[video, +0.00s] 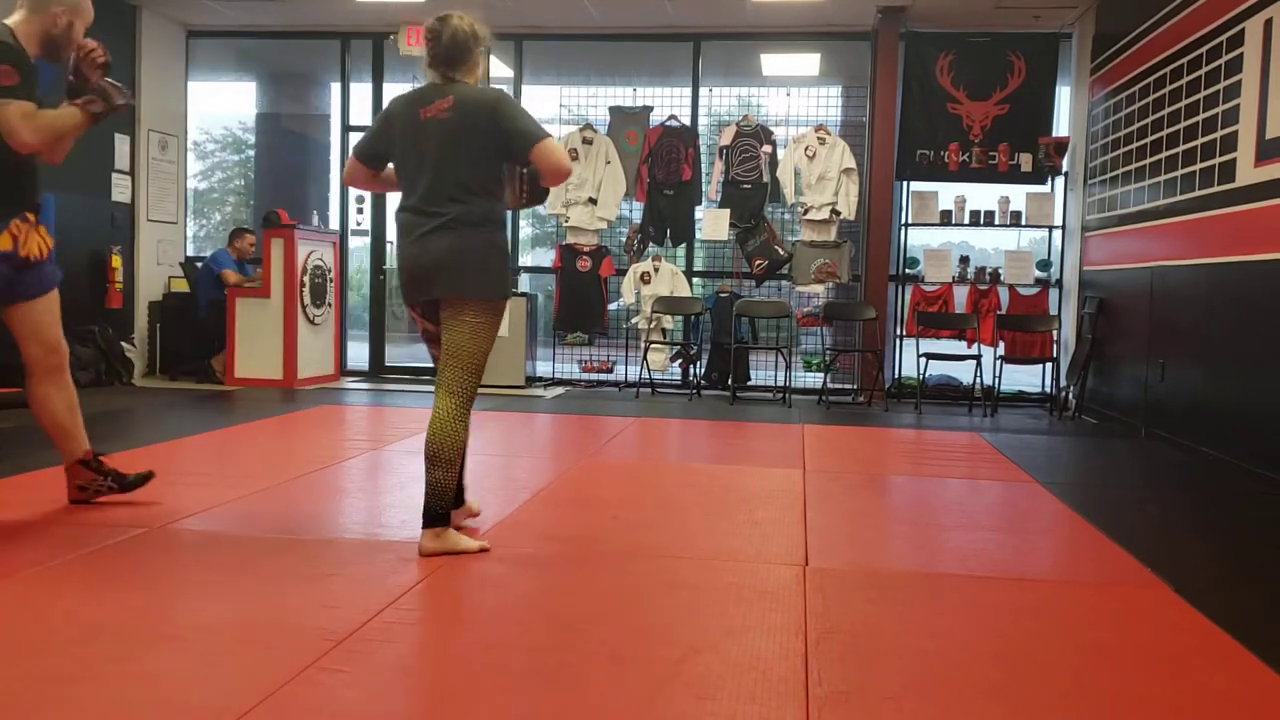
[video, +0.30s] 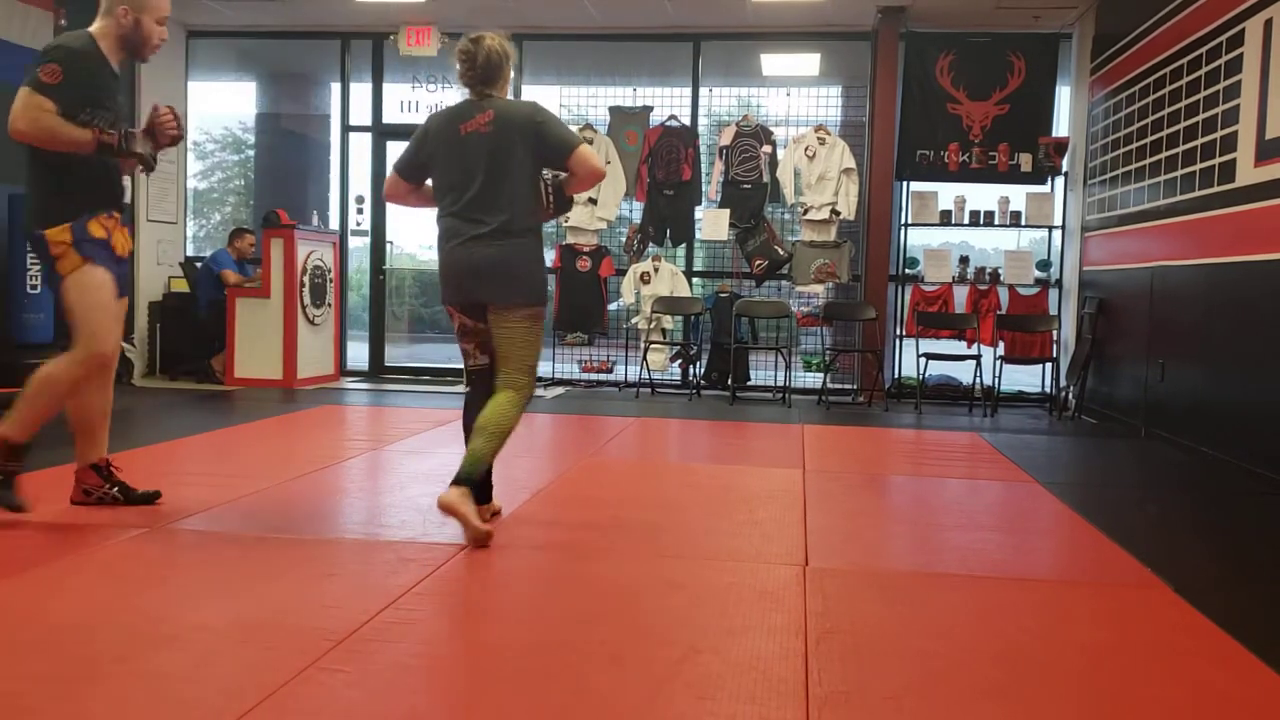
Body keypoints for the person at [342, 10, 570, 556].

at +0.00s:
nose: (485, 62)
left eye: (482, 55)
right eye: (485, 55)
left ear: (430, 58)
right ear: (479, 58)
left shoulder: (402, 108)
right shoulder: (495, 104)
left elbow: (357, 174)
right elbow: (557, 167)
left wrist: (412, 179)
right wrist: (522, 183)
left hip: (416, 260)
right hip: (477, 258)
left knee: (453, 385)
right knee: (453, 392)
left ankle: (453, 500)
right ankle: (435, 528)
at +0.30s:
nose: (509, 77)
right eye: (510, 71)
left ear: (462, 75)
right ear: (507, 75)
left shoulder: (437, 125)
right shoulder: (528, 116)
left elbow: (396, 189)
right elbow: (592, 170)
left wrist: (449, 195)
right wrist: (555, 193)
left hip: (457, 267)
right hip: (515, 265)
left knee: (479, 379)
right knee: (514, 385)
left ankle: (484, 498)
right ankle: (461, 489)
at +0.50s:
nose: (534, 83)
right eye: (533, 76)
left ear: (487, 79)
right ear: (531, 79)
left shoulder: (464, 127)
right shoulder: (549, 120)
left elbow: (423, 187)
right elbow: (609, 170)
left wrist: (474, 196)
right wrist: (575, 200)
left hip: (481, 268)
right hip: (541, 268)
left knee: (489, 378)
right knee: (564, 371)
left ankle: (483, 500)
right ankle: (543, 486)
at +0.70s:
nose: (569, 101)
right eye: (569, 95)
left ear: (525, 96)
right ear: (566, 97)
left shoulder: (500, 142)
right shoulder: (583, 137)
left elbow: (461, 201)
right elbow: (628, 192)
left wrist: (508, 209)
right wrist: (601, 217)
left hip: (512, 273)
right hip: (570, 276)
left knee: (506, 379)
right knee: (582, 383)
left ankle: (483, 497)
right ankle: (595, 480)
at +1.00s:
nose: (634, 110)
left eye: (633, 103)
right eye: (633, 103)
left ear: (588, 103)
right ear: (624, 104)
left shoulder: (562, 145)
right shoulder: (638, 141)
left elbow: (526, 209)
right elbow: (675, 205)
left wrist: (569, 216)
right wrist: (653, 211)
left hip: (574, 269)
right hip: (625, 269)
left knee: (578, 368)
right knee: (611, 379)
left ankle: (536, 451)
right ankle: (597, 483)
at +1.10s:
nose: (650, 112)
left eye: (650, 106)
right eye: (649, 106)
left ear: (604, 106)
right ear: (640, 106)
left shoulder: (577, 145)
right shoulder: (652, 142)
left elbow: (546, 213)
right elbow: (685, 206)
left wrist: (585, 218)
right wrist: (667, 211)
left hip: (586, 267)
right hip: (637, 266)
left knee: (609, 364)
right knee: (616, 377)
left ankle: (585, 459)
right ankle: (597, 482)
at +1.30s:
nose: (684, 122)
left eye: (684, 115)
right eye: (682, 115)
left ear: (639, 115)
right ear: (669, 113)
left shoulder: (615, 157)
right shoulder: (680, 150)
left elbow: (585, 223)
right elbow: (703, 217)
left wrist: (621, 237)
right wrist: (721, 248)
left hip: (621, 270)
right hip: (663, 269)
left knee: (655, 369)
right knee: (632, 377)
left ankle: (669, 466)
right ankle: (598, 480)